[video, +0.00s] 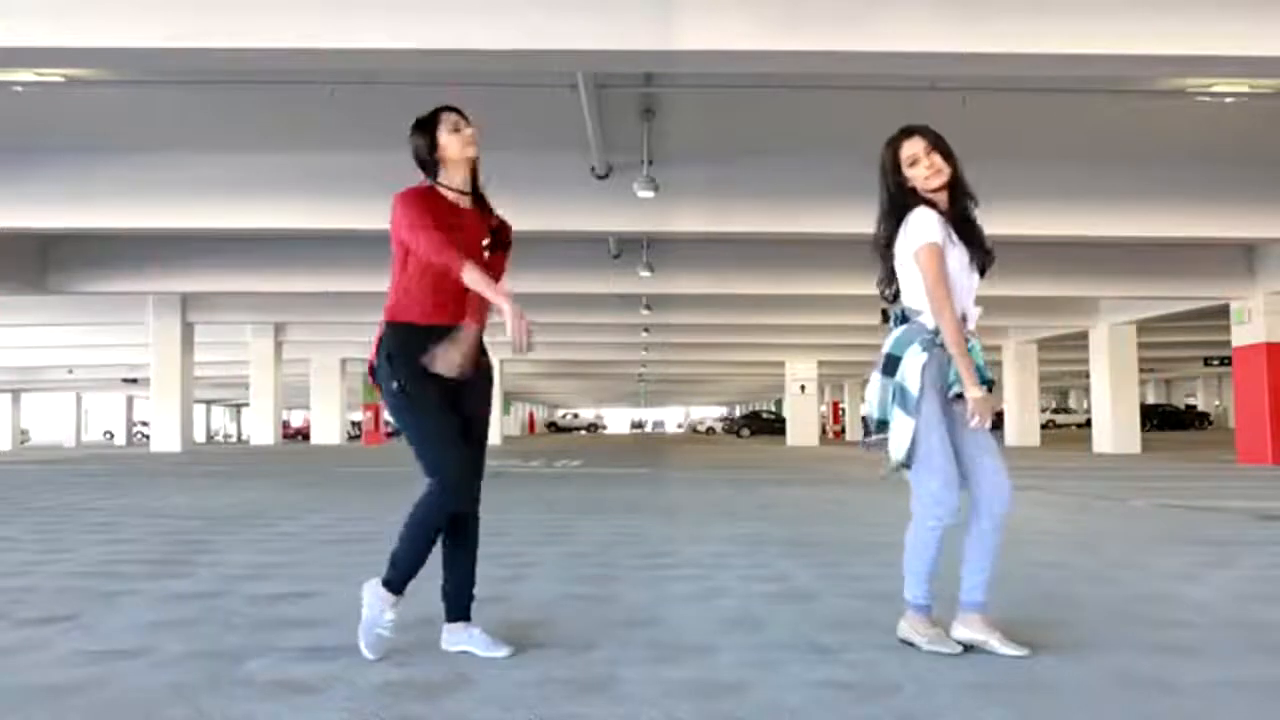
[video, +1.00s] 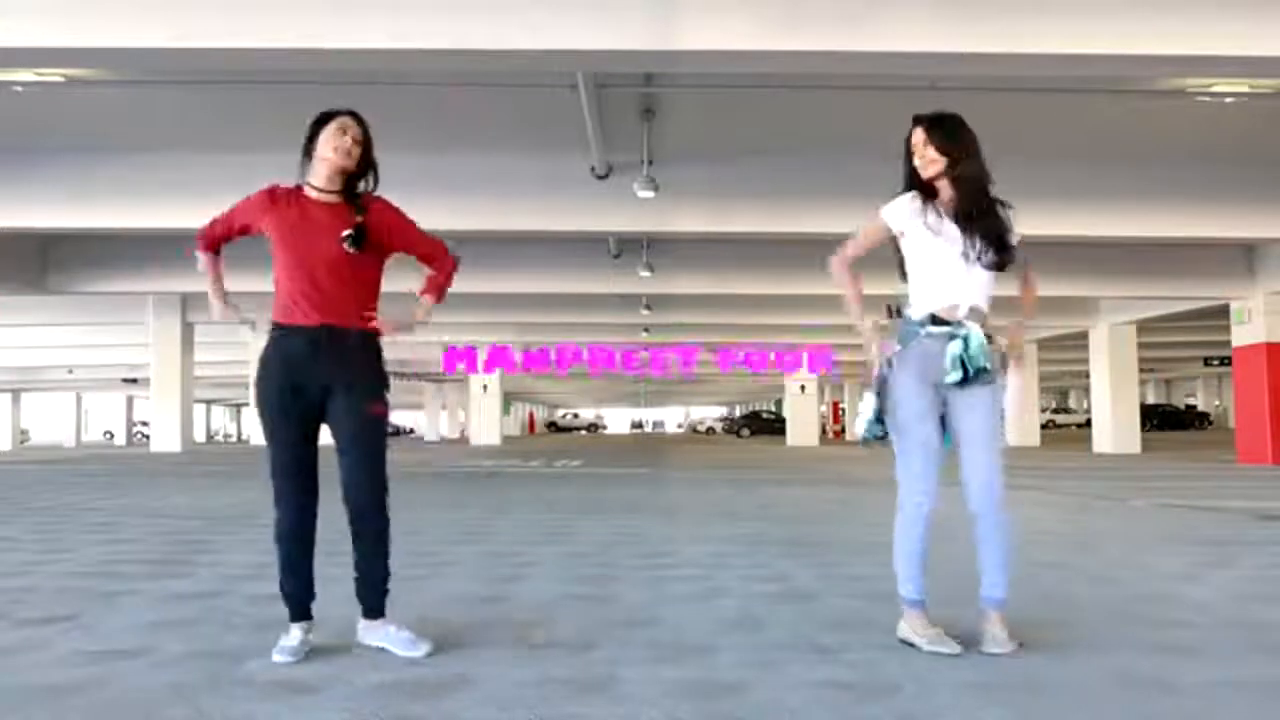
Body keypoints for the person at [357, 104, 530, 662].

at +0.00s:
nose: (470, 130)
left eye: (470, 124)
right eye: (456, 126)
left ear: (476, 141)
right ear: (433, 148)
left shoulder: (496, 227)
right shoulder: (411, 204)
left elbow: (485, 292)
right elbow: (446, 257)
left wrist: (465, 339)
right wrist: (504, 301)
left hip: (467, 351)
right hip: (407, 349)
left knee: (465, 489)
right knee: (450, 480)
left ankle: (458, 624)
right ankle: (385, 594)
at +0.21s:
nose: (450, 126)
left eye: (458, 120)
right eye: (438, 124)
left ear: (476, 143)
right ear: (426, 149)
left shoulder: (500, 217)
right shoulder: (405, 198)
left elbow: (463, 293)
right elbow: (421, 273)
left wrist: (379, 308)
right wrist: (466, 332)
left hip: (461, 353)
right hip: (399, 346)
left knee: (460, 491)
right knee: (405, 478)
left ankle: (458, 624)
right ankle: (375, 598)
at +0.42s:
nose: (414, 128)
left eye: (426, 121)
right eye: (408, 123)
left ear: (451, 140)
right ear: (402, 144)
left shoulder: (473, 213)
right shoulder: (381, 204)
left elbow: (452, 299)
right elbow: (363, 286)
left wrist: (395, 363)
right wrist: (356, 362)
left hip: (443, 353)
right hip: (381, 349)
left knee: (451, 492)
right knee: (353, 486)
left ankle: (457, 624)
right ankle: (322, 611)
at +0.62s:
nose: (372, 133)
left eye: (385, 127)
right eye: (369, 126)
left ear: (409, 149)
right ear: (361, 146)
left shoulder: (423, 223)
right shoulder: (331, 211)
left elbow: (450, 307)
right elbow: (303, 291)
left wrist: (459, 390)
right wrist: (276, 364)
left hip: (394, 366)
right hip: (328, 362)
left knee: (423, 498)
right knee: (315, 501)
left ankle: (455, 624)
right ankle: (300, 625)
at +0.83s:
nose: (349, 140)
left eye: (363, 136)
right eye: (344, 130)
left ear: (377, 158)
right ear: (328, 142)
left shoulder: (389, 216)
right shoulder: (291, 209)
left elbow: (459, 268)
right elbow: (246, 263)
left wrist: (457, 331)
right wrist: (214, 326)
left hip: (358, 360)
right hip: (292, 360)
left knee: (384, 492)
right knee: (297, 497)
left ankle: (424, 620)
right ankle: (299, 623)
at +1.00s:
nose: (347, 143)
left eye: (356, 140)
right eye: (338, 133)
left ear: (362, 161)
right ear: (312, 145)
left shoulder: (375, 213)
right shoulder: (273, 202)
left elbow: (443, 261)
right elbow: (209, 237)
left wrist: (416, 318)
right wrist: (217, 296)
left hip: (355, 358)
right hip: (288, 358)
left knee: (367, 493)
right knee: (294, 498)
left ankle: (373, 621)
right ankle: (298, 624)